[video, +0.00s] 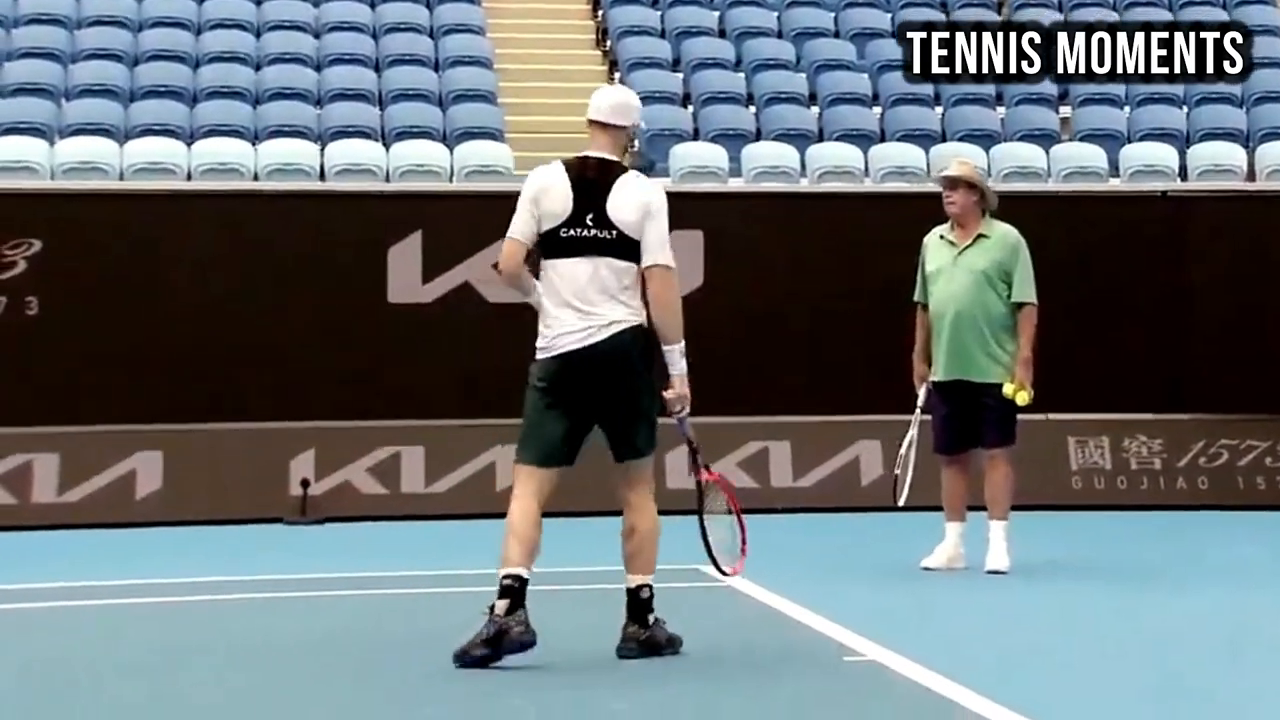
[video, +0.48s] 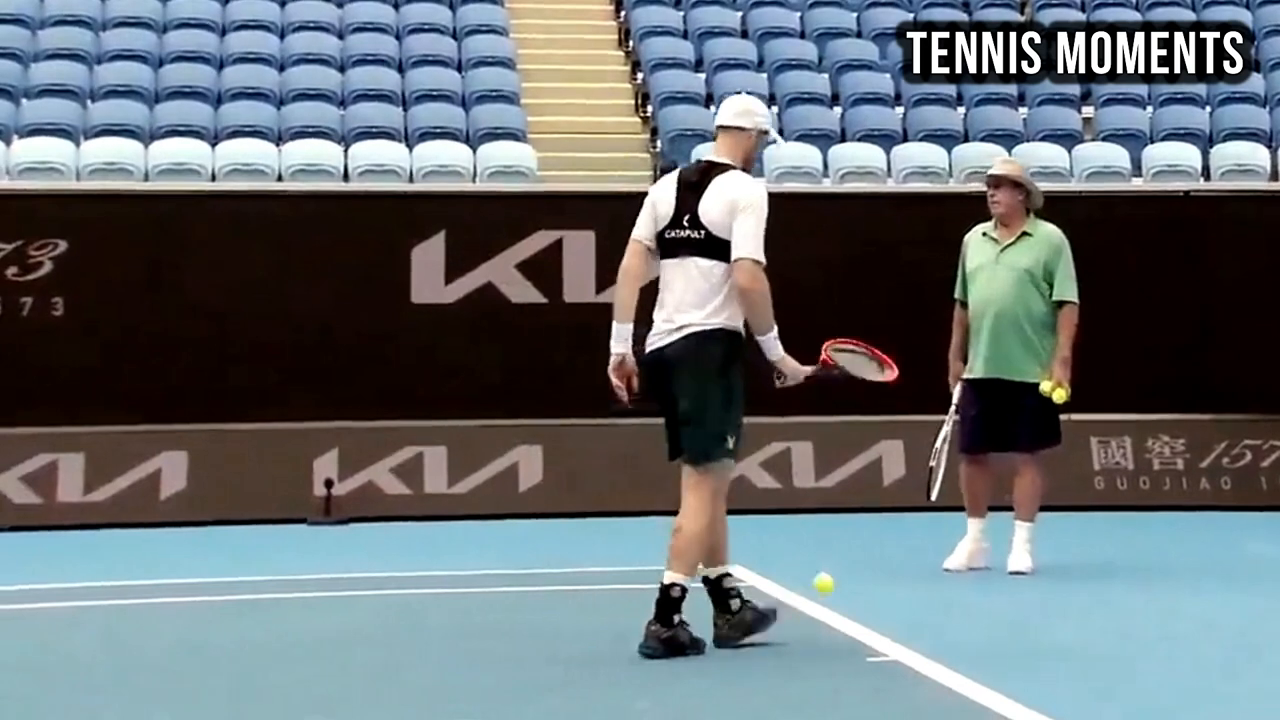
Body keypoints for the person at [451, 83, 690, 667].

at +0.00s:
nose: (622, 138)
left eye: (603, 124)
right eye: (631, 131)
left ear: (586, 125)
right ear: (633, 133)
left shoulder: (542, 180)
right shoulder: (646, 192)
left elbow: (510, 263)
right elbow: (659, 283)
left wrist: (545, 292)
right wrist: (677, 368)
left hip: (557, 359)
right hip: (627, 357)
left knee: (528, 489)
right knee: (638, 488)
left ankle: (508, 613)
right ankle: (640, 622)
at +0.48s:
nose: (762, 148)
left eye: (761, 138)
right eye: (762, 139)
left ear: (715, 132)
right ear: (753, 138)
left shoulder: (667, 185)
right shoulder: (746, 189)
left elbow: (633, 267)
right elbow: (747, 276)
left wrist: (621, 344)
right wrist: (775, 351)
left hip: (663, 348)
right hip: (712, 345)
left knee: (713, 477)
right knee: (701, 486)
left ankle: (729, 607)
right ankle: (666, 619)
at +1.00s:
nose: (844, 157)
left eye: (837, 150)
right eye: (844, 150)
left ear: (800, 152)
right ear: (841, 152)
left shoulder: (766, 202)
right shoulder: (845, 197)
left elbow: (741, 283)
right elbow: (859, 279)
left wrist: (751, 360)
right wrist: (881, 361)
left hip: (778, 360)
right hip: (829, 353)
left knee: (809, 488)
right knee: (851, 485)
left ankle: (818, 611)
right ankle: (790, 584)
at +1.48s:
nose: (892, 164)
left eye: (881, 157)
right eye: (900, 155)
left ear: (872, 162)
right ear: (914, 159)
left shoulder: (853, 209)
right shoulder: (950, 206)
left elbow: (835, 289)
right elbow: (987, 282)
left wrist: (833, 358)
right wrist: (990, 360)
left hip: (878, 374)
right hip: (943, 369)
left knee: (852, 490)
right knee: (972, 485)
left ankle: (825, 612)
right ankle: (1007, 610)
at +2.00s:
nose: (951, 164)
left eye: (943, 157)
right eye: (961, 153)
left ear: (939, 157)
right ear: (980, 151)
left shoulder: (931, 207)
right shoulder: (1020, 204)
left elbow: (919, 293)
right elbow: (1058, 287)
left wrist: (906, 351)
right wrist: (1066, 362)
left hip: (951, 370)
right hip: (1010, 367)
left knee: (936, 482)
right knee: (1006, 485)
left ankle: (959, 602)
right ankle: (1012, 616)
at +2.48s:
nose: (943, 154)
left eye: (935, 148)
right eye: (958, 143)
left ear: (931, 148)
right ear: (974, 142)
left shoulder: (929, 203)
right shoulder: (1014, 195)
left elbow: (926, 285)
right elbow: (1055, 270)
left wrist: (919, 366)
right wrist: (1062, 350)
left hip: (959, 364)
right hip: (1013, 359)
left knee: (961, 481)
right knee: (1005, 479)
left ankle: (977, 609)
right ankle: (1007, 610)